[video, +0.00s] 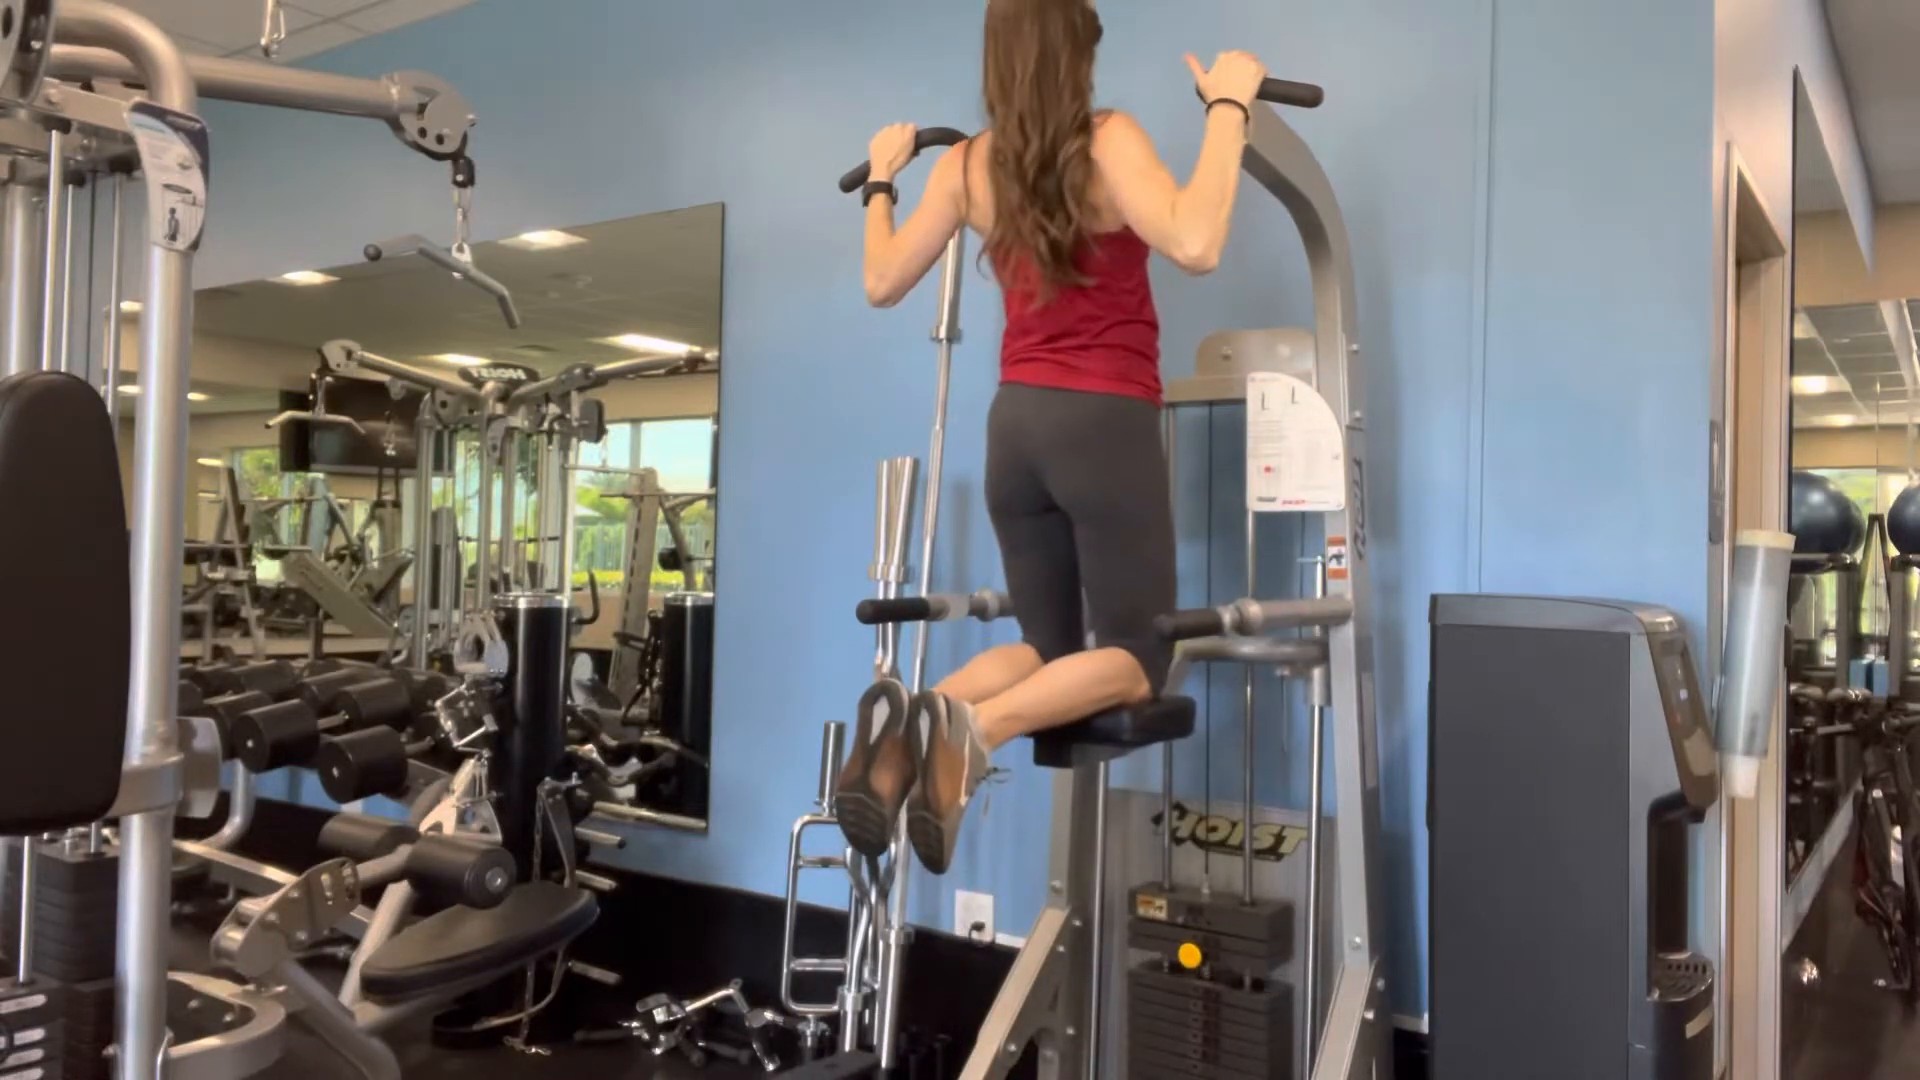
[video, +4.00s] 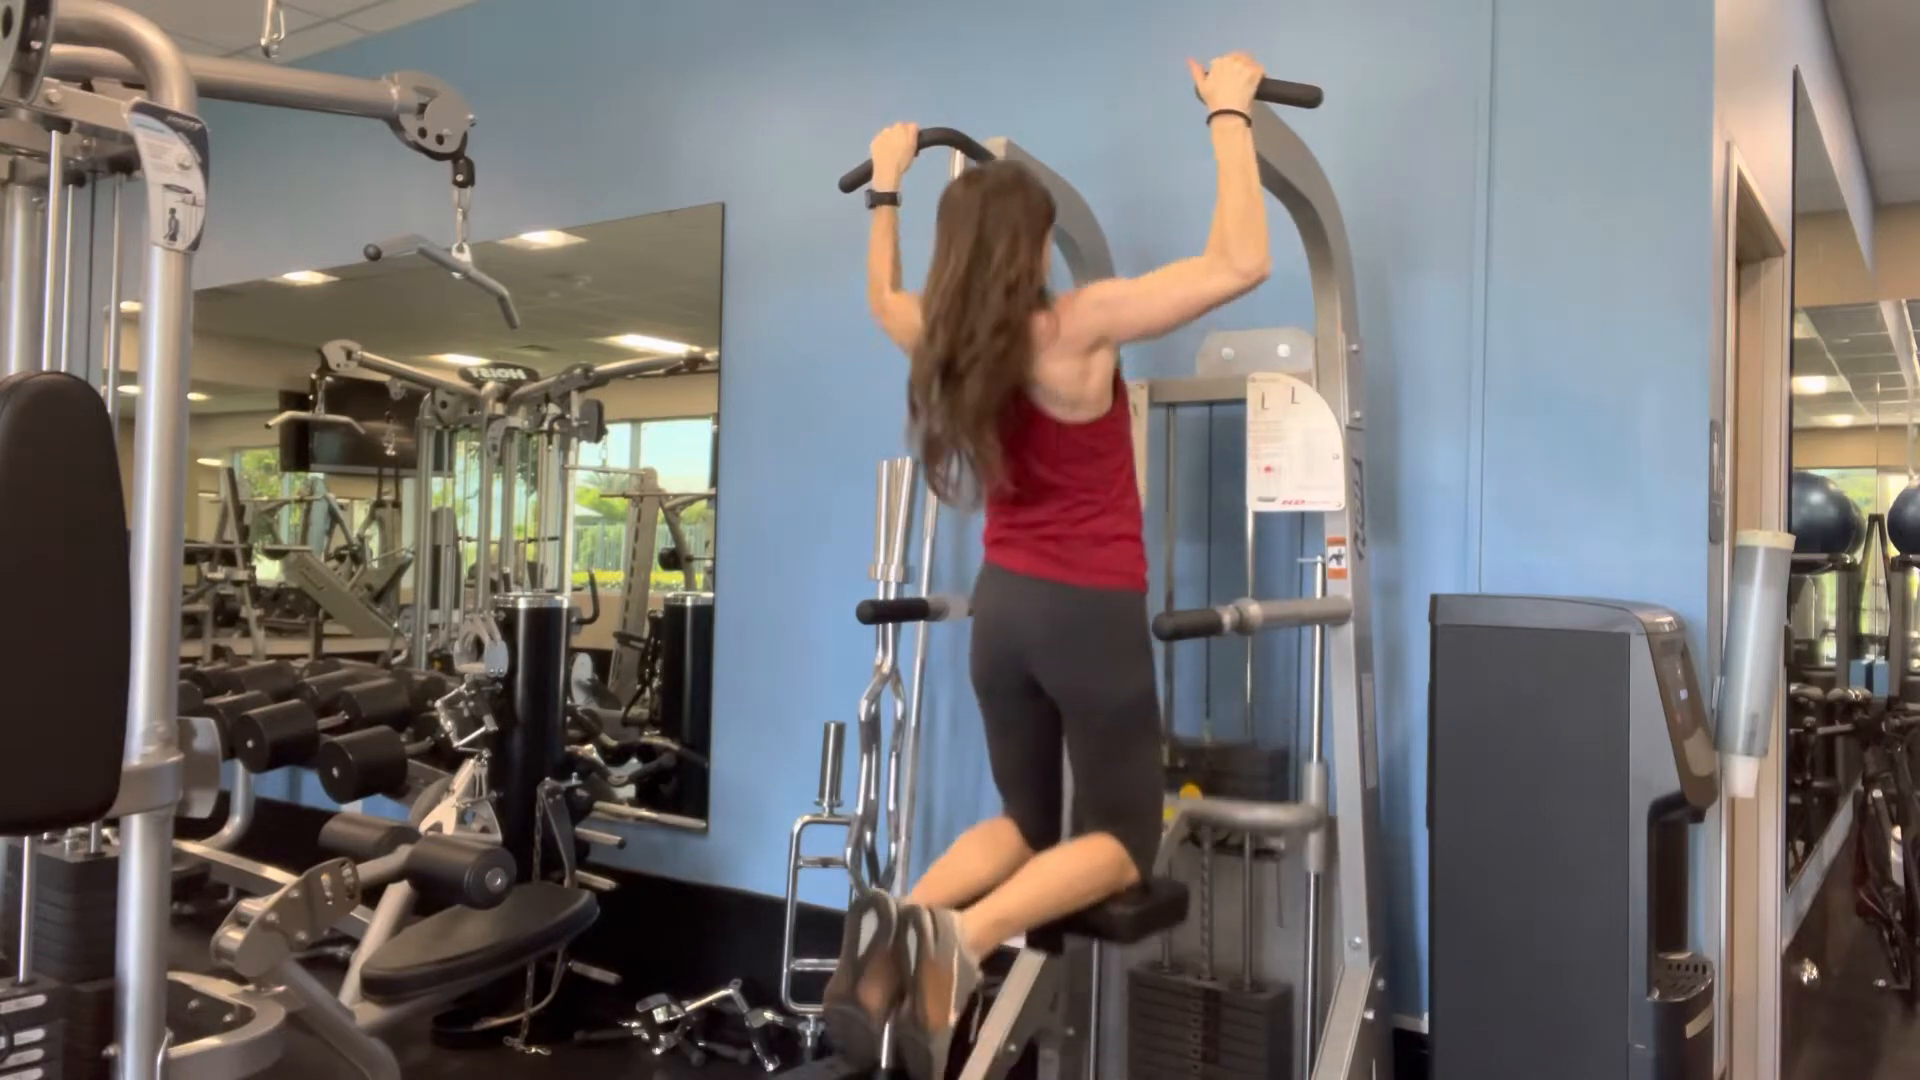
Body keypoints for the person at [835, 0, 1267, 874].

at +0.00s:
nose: (1090, 56)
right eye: (1085, 42)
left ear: (999, 57)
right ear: (1080, 52)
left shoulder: (970, 161)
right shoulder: (1108, 139)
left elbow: (882, 281)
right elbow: (1195, 243)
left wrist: (878, 178)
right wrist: (1228, 109)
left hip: (1015, 424)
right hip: (1104, 424)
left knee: (1049, 649)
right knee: (1136, 663)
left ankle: (918, 716)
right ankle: (978, 727)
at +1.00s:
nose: (1050, 329)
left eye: (999, 329)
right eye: (1041, 324)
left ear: (965, 362)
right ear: (1039, 345)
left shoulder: (968, 423)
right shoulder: (1090, 404)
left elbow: (921, 302)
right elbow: (1191, 273)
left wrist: (890, 186)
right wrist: (1222, 116)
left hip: (992, 713)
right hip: (1082, 729)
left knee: (1022, 929)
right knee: (1115, 949)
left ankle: (903, 1044)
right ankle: (967, 1065)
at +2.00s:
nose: (1082, 45)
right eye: (1077, 33)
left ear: (991, 54)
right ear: (1073, 44)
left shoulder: (973, 157)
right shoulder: (1110, 129)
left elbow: (891, 280)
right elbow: (1177, 243)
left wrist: (879, 181)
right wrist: (1228, 114)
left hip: (1020, 415)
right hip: (1110, 416)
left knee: (1039, 638)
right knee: (1132, 653)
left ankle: (915, 716)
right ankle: (978, 724)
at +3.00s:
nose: (1054, 199)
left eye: (1040, 185)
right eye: (1046, 187)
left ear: (953, 216)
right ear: (1036, 204)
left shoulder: (952, 304)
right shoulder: (1077, 278)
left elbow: (880, 295)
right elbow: (1237, 256)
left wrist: (882, 187)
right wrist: (1228, 113)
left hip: (1004, 577)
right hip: (1093, 580)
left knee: (1031, 784)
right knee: (1127, 804)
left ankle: (913, 866)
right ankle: (970, 887)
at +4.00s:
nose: (1057, 240)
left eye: (1043, 228)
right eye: (1049, 227)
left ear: (960, 245)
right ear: (1038, 239)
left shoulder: (946, 335)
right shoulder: (1081, 321)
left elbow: (883, 290)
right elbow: (1239, 263)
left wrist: (886, 184)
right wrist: (1230, 115)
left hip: (1001, 608)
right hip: (1090, 614)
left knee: (1026, 822)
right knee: (1122, 844)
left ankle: (908, 926)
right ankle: (965, 941)